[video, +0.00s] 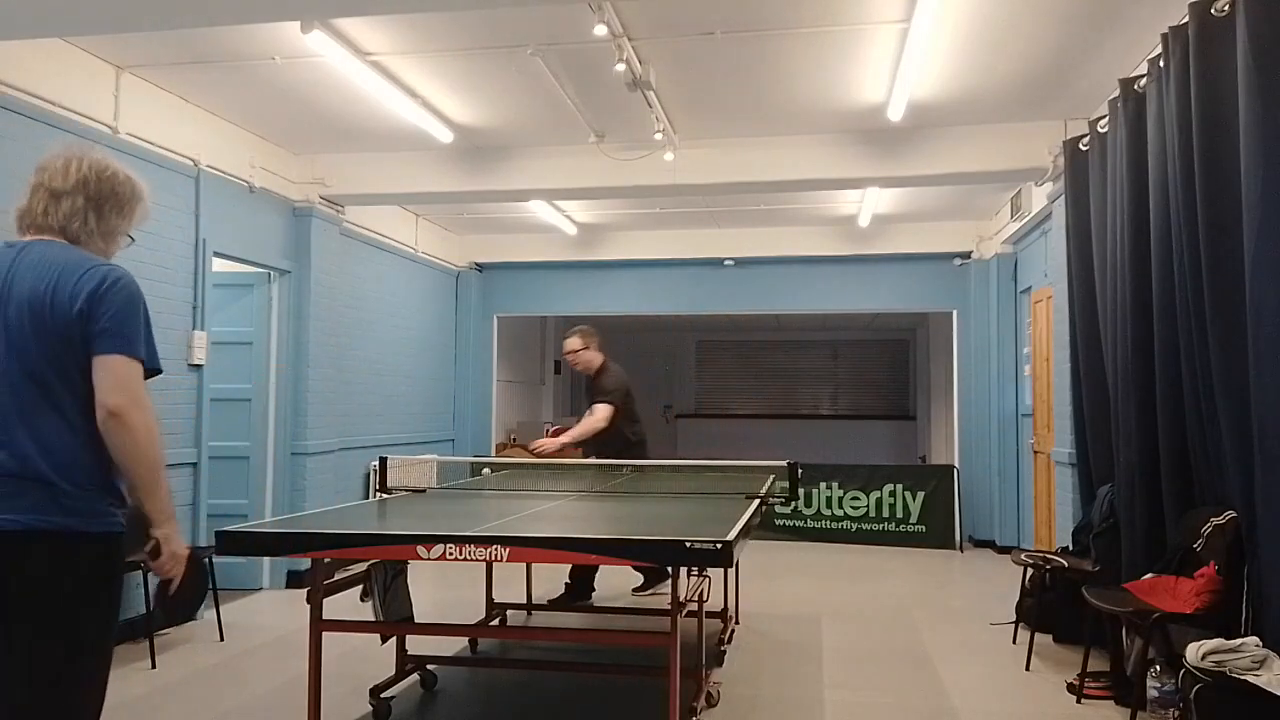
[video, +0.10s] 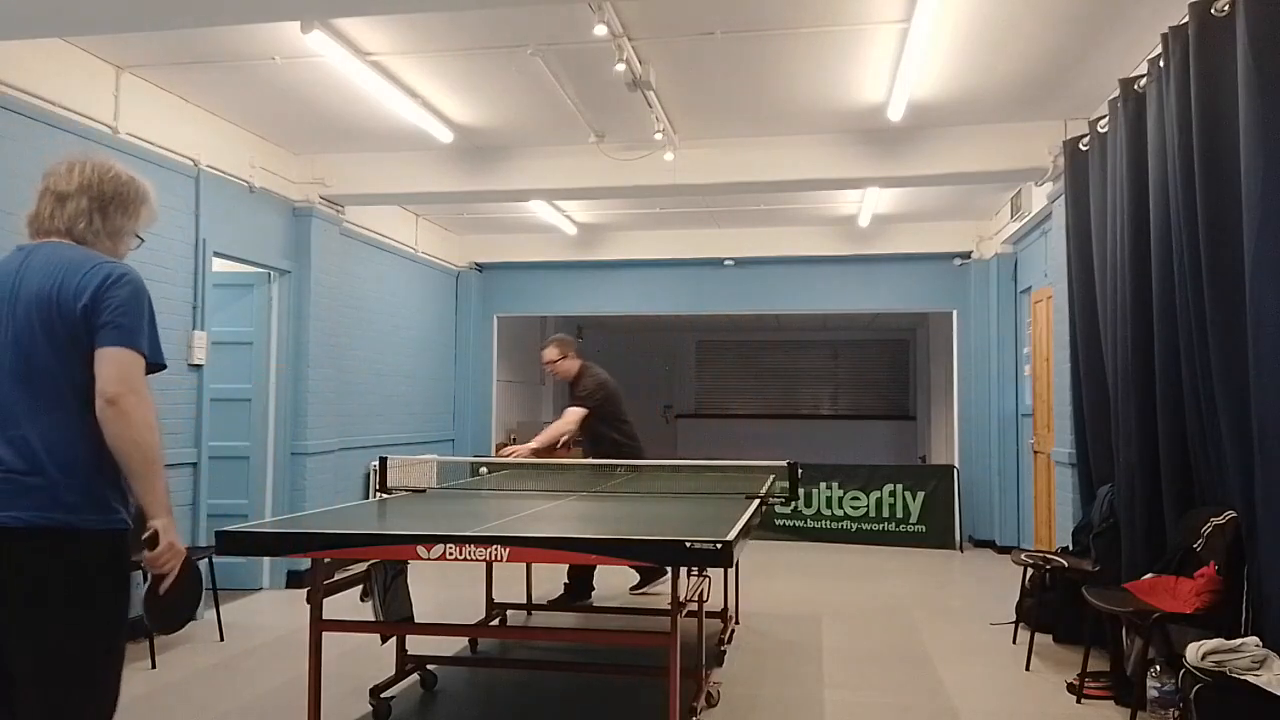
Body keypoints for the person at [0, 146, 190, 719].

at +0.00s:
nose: (123, 244)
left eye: (126, 233)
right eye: (122, 231)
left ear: (37, 207)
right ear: (97, 221)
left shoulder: (6, 261)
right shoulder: (102, 284)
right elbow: (117, 407)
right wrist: (164, 521)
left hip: (8, 529)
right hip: (64, 539)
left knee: (18, 694)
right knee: (62, 702)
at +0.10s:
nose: (132, 249)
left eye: (136, 238)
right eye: (132, 235)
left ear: (50, 213)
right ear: (107, 224)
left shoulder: (8, 268)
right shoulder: (110, 280)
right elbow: (118, 396)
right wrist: (161, 515)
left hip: (8, 530)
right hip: (71, 540)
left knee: (14, 697)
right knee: (73, 703)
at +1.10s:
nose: (225, 242)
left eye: (228, 230)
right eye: (224, 229)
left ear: (140, 212)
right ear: (205, 219)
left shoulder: (70, 284)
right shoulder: (217, 281)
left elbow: (28, 403)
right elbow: (245, 406)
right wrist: (293, 515)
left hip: (54, 529)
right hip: (160, 531)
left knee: (57, 694)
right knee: (167, 699)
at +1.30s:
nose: (209, 251)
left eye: (214, 240)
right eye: (210, 237)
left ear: (122, 215)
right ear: (185, 221)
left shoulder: (48, 287)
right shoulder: (194, 279)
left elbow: (11, 405)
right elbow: (216, 405)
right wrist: (265, 516)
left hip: (29, 538)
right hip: (141, 538)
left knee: (35, 702)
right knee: (153, 704)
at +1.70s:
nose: (183, 252)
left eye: (188, 240)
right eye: (184, 239)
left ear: (100, 215)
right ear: (159, 224)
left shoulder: (21, 290)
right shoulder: (160, 283)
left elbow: (15, 408)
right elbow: (176, 409)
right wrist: (223, 519)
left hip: (13, 547)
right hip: (113, 547)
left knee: (26, 704)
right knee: (150, 703)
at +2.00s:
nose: (223, 254)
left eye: (226, 244)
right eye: (223, 241)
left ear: (143, 218)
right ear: (206, 232)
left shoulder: (66, 290)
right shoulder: (207, 288)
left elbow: (36, 409)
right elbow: (220, 417)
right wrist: (264, 517)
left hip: (42, 546)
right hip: (151, 546)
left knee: (43, 706)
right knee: (166, 707)